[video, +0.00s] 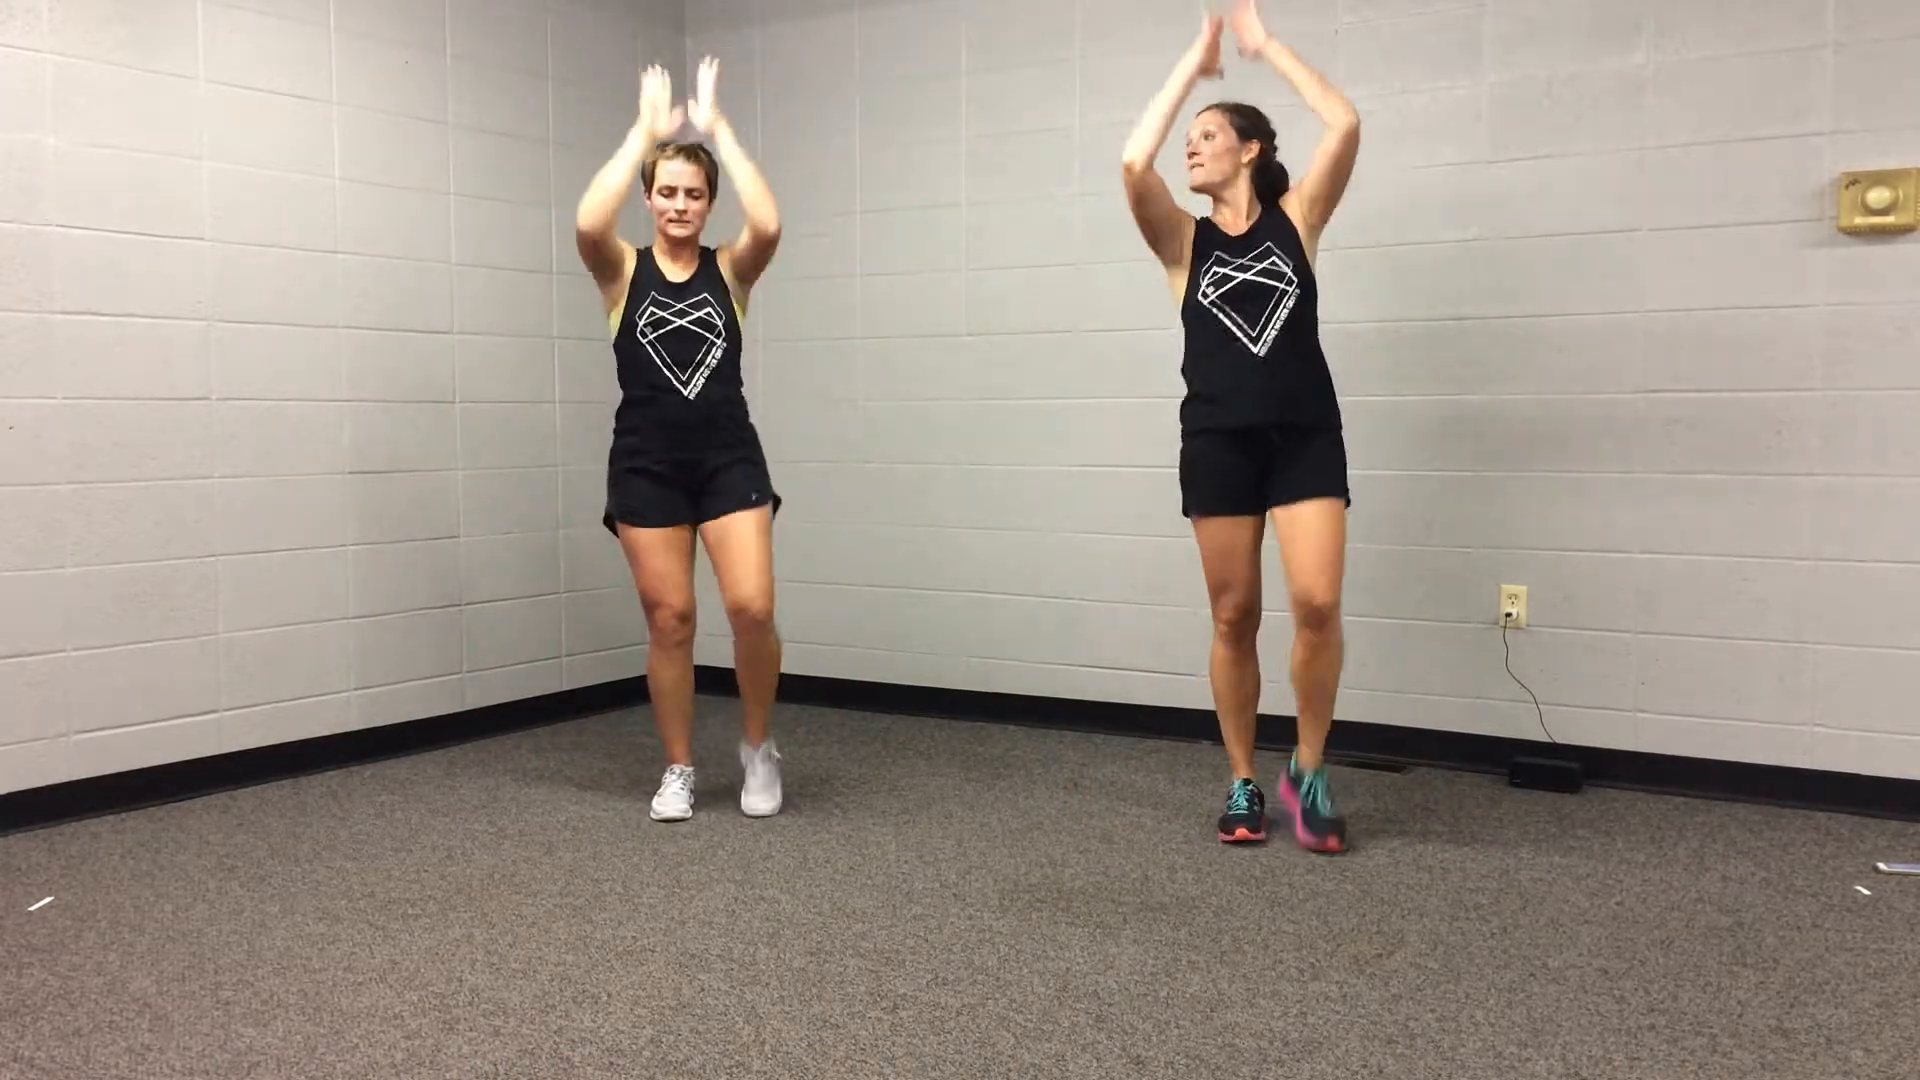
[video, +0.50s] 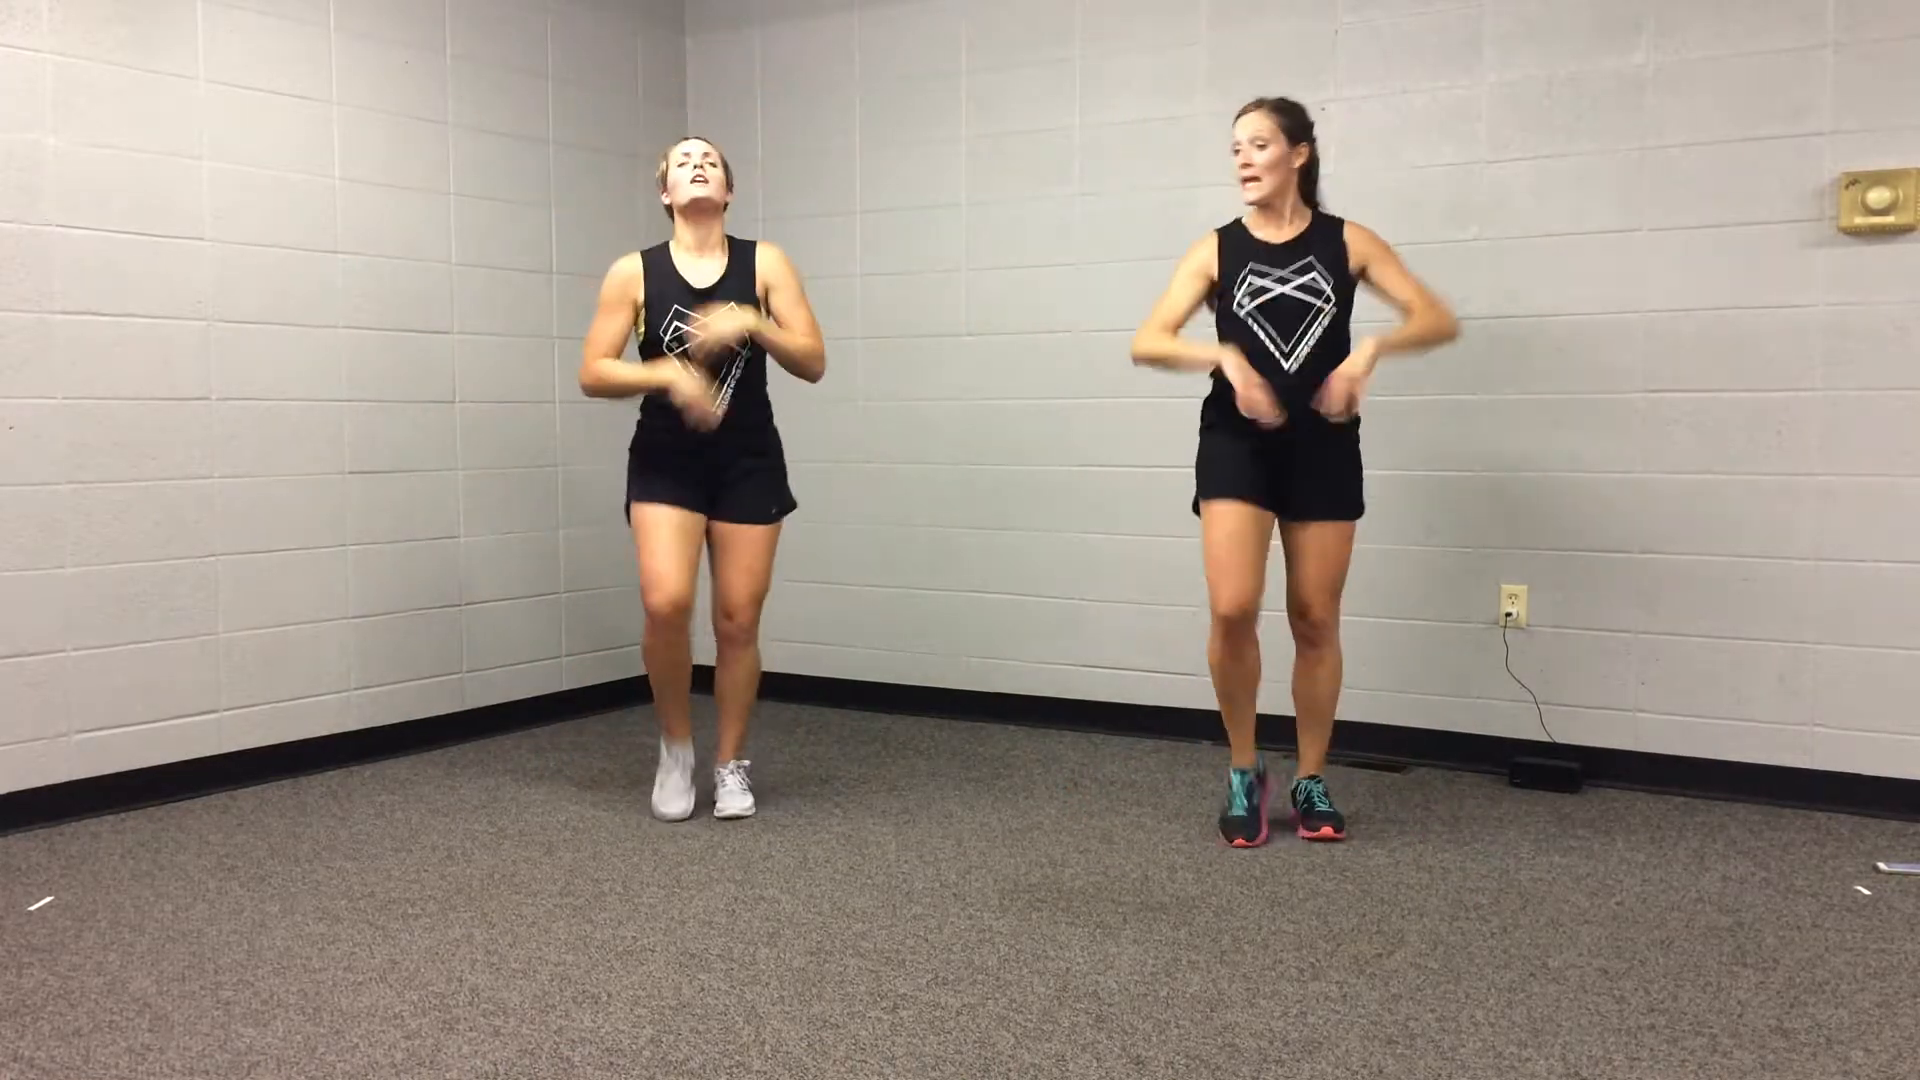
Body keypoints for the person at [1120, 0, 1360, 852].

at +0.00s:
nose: (1191, 151)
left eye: (1207, 137)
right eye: (1189, 143)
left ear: (1253, 150)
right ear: (1193, 164)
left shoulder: (1297, 219)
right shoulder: (1182, 239)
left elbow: (1346, 121)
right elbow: (1134, 169)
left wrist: (1266, 43)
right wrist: (1193, 68)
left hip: (1306, 438)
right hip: (1218, 443)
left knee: (1319, 607)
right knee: (1233, 618)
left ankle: (1309, 773)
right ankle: (1243, 779)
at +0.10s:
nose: (1199, 162)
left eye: (1213, 150)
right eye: (1196, 152)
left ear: (1252, 161)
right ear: (1203, 169)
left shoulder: (1301, 237)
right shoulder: (1190, 256)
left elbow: (1355, 196)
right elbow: (1141, 230)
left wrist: (1284, 118)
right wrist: (1194, 138)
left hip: (1306, 440)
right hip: (1219, 450)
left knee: (1347, 564)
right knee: (1235, 621)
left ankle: (1316, 699)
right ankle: (1243, 783)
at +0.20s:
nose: (1201, 168)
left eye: (1215, 154)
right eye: (1198, 160)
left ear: (1259, 161)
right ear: (1207, 177)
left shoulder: (1303, 238)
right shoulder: (1196, 251)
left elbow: (1372, 268)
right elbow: (1150, 298)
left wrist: (1293, 193)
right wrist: (1209, 211)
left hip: (1306, 437)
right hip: (1221, 444)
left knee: (1362, 550)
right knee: (1235, 621)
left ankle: (1318, 672)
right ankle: (1246, 783)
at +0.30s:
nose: (1208, 152)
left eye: (1223, 138)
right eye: (1207, 141)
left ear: (1270, 148)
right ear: (1213, 157)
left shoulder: (1323, 231)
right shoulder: (1196, 241)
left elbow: (1384, 319)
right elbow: (1158, 338)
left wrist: (1306, 255)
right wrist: (1238, 258)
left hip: (1315, 429)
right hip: (1228, 434)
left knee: (1346, 587)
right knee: (1242, 610)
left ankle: (1315, 722)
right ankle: (1245, 778)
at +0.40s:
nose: (1220, 158)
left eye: (1235, 144)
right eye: (1218, 147)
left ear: (1280, 155)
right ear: (1225, 163)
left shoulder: (1335, 245)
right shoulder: (1204, 254)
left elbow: (1403, 348)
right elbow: (1157, 364)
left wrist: (1328, 337)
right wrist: (1242, 338)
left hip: (1321, 450)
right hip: (1234, 453)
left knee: (1320, 621)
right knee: (1243, 617)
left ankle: (1316, 780)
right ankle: (1245, 783)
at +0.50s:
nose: (1243, 160)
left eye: (1258, 147)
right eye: (1238, 149)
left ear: (1300, 154)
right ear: (1233, 161)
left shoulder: (1350, 242)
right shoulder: (1215, 252)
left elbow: (1440, 321)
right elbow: (1147, 344)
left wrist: (1371, 349)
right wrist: (1223, 357)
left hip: (1324, 448)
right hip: (1236, 446)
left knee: (1315, 619)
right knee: (1232, 612)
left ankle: (1309, 782)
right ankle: (1243, 772)